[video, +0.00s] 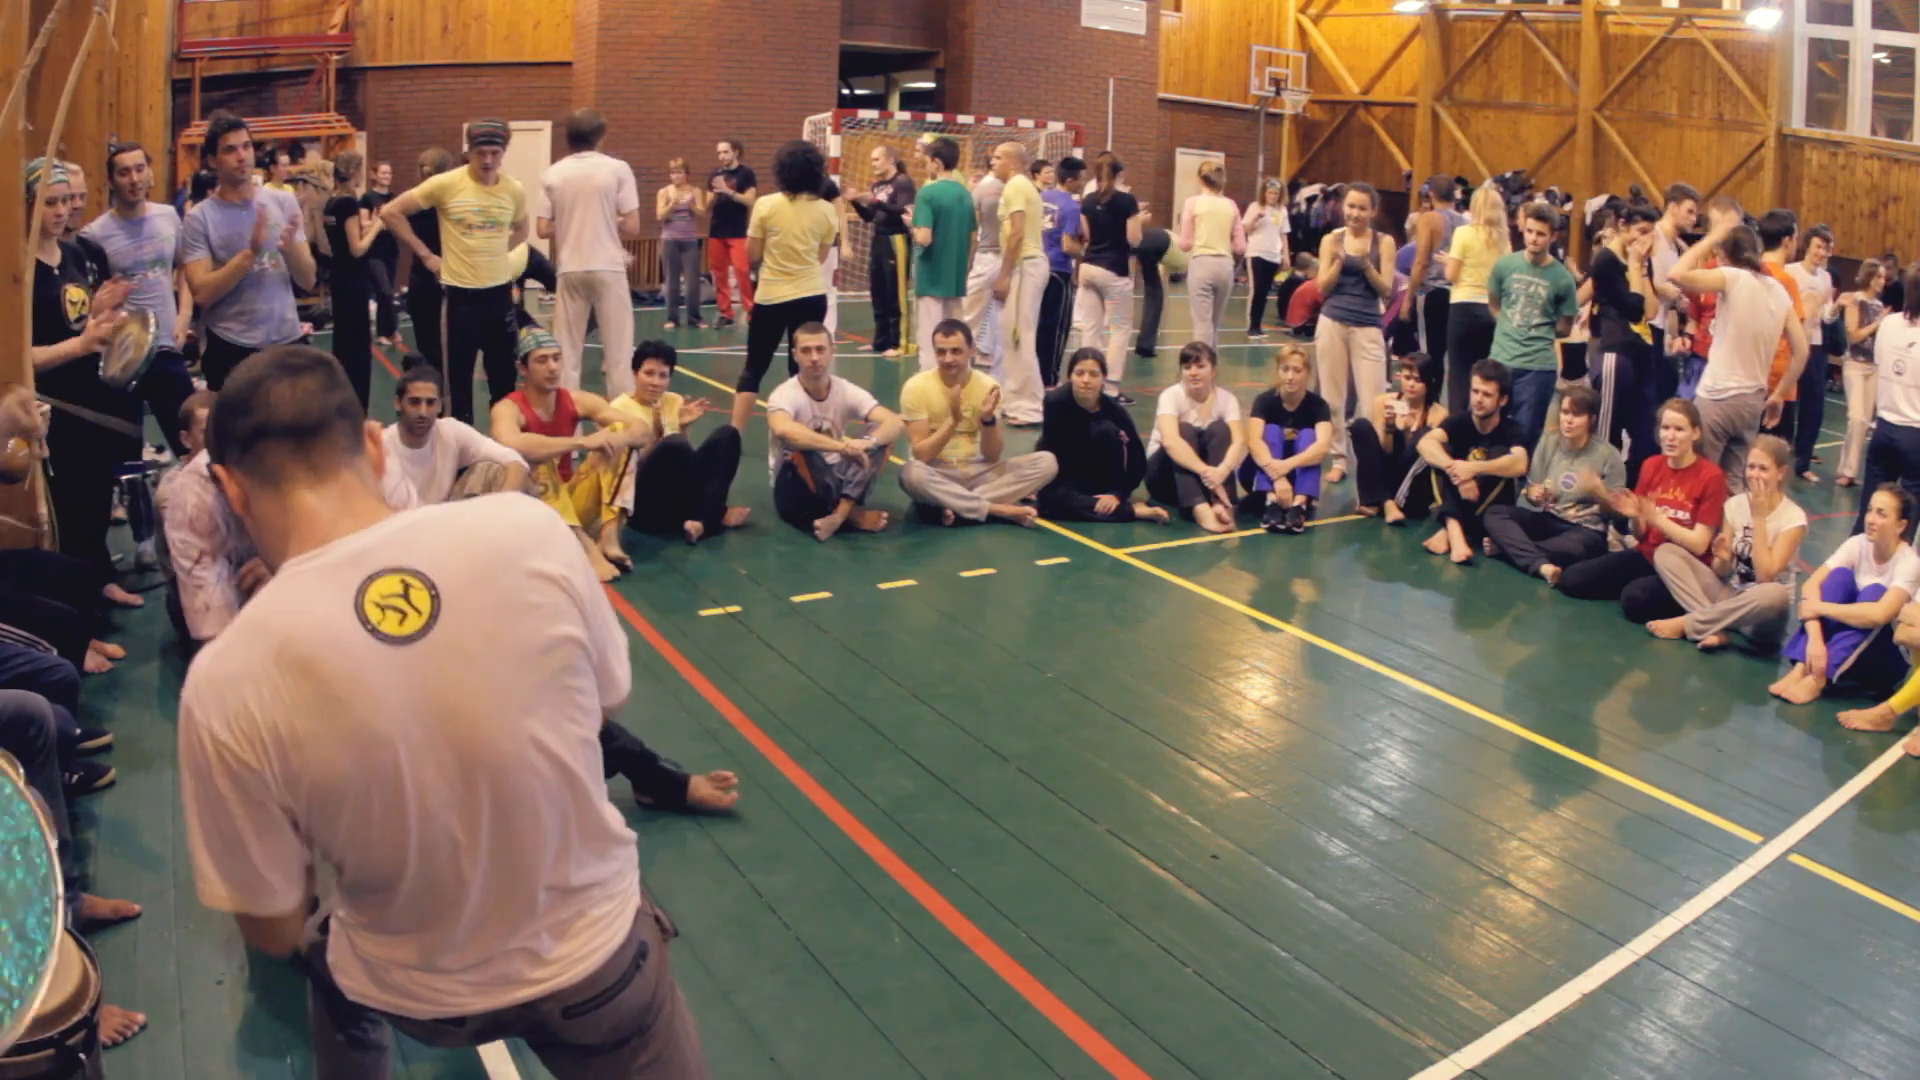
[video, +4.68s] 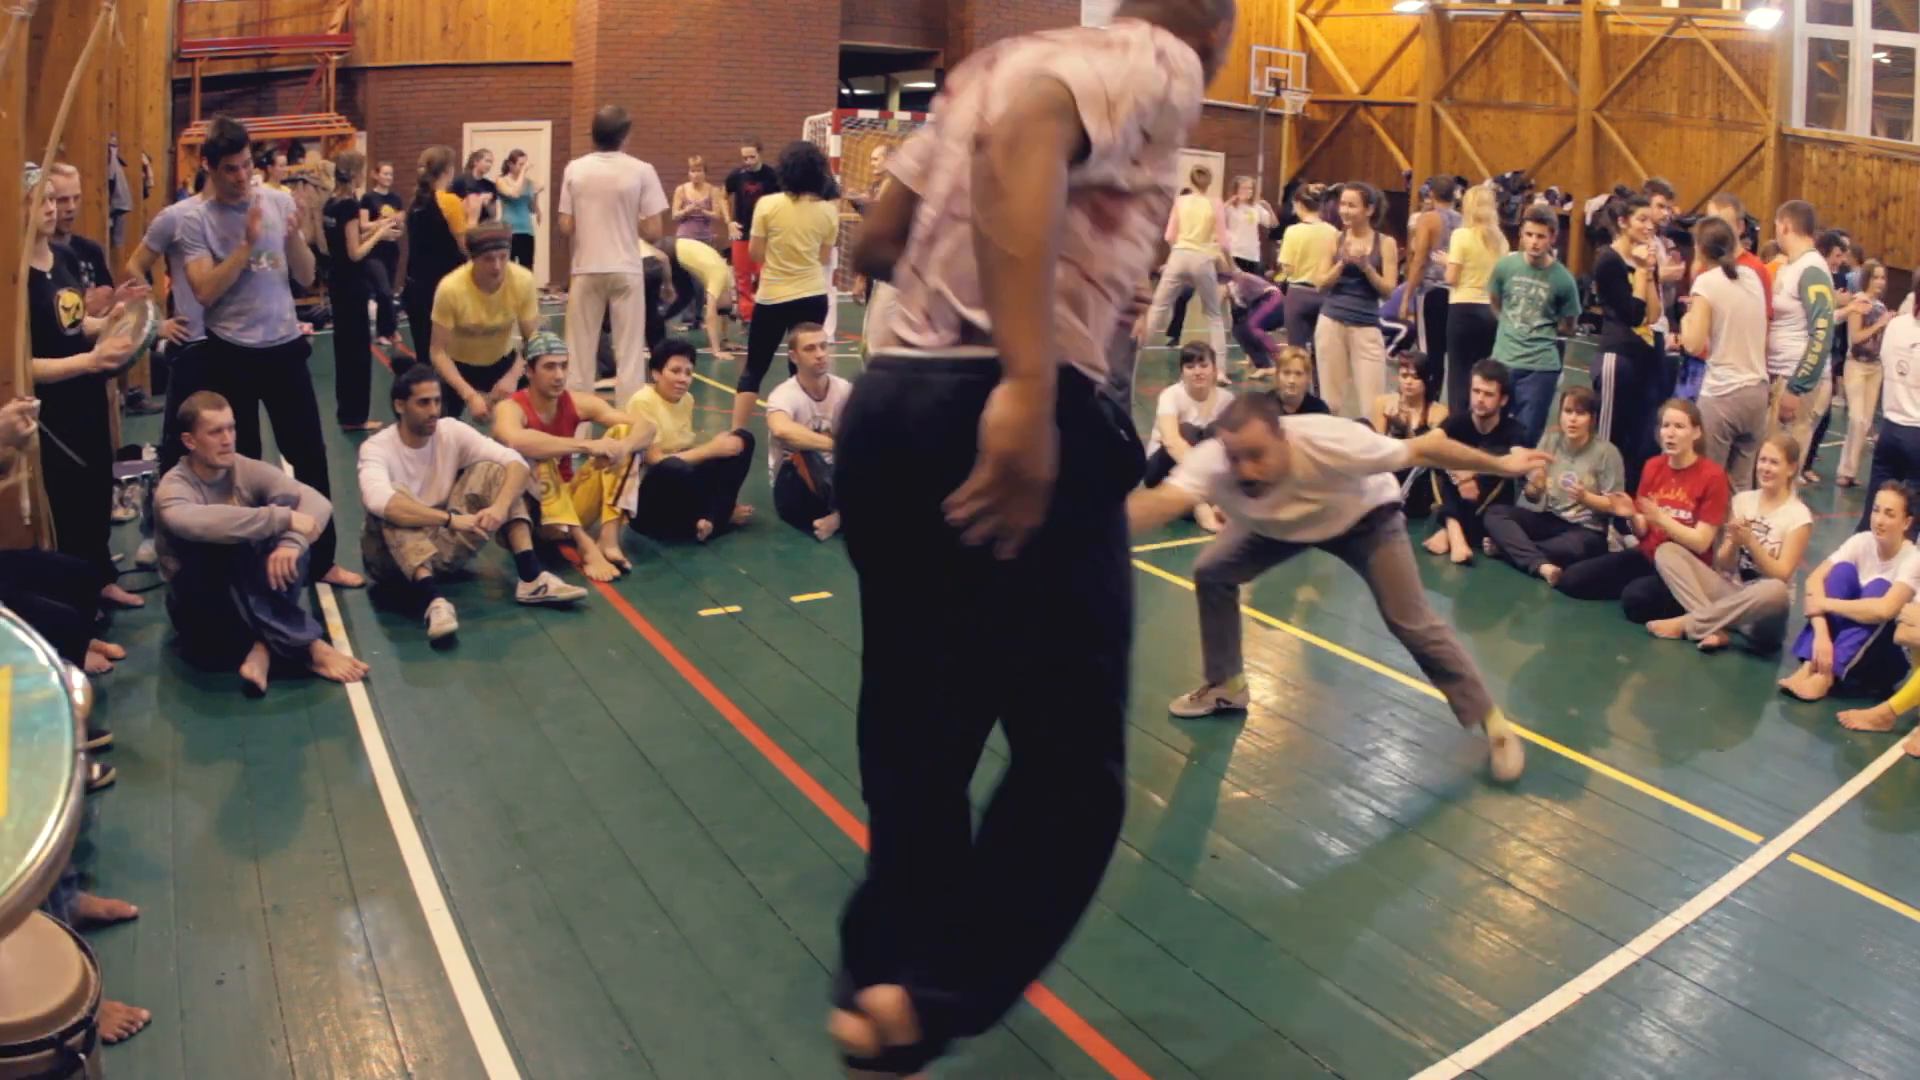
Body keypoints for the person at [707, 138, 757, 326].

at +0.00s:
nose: (722, 156)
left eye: (725, 152)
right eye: (719, 153)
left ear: (736, 153)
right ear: (717, 155)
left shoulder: (746, 173)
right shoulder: (716, 175)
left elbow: (750, 199)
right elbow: (708, 204)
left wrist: (727, 190)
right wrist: (715, 192)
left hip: (738, 232)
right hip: (717, 232)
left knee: (742, 271)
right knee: (719, 275)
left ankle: (750, 309)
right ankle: (724, 312)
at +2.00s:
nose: (728, 153)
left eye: (731, 149)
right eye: (725, 150)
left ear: (737, 152)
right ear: (720, 153)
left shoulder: (746, 173)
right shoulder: (713, 176)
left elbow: (751, 199)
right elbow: (708, 203)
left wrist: (730, 193)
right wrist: (719, 193)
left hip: (740, 233)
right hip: (718, 233)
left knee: (744, 272)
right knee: (720, 276)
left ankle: (750, 310)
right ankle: (724, 312)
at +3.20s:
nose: (754, 158)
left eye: (758, 154)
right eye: (751, 154)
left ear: (765, 154)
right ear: (746, 154)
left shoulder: (770, 174)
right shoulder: (737, 174)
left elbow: (774, 202)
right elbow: (729, 201)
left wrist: (757, 196)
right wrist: (742, 195)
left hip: (760, 231)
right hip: (737, 231)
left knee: (757, 272)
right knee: (729, 270)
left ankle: (754, 312)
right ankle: (726, 310)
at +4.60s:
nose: (746, 161)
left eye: (749, 156)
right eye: (743, 157)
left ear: (758, 154)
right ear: (739, 157)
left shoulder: (769, 174)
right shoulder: (734, 176)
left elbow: (777, 199)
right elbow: (726, 196)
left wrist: (772, 220)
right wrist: (730, 219)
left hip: (764, 228)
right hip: (741, 229)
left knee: (763, 272)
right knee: (741, 275)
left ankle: (764, 310)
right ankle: (745, 312)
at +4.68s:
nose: (748, 161)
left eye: (751, 157)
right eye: (744, 158)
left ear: (760, 154)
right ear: (741, 157)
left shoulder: (770, 175)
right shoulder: (735, 177)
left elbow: (778, 200)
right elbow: (726, 197)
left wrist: (774, 221)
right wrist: (729, 221)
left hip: (765, 229)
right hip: (742, 230)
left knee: (765, 272)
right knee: (742, 276)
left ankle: (765, 310)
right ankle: (746, 313)